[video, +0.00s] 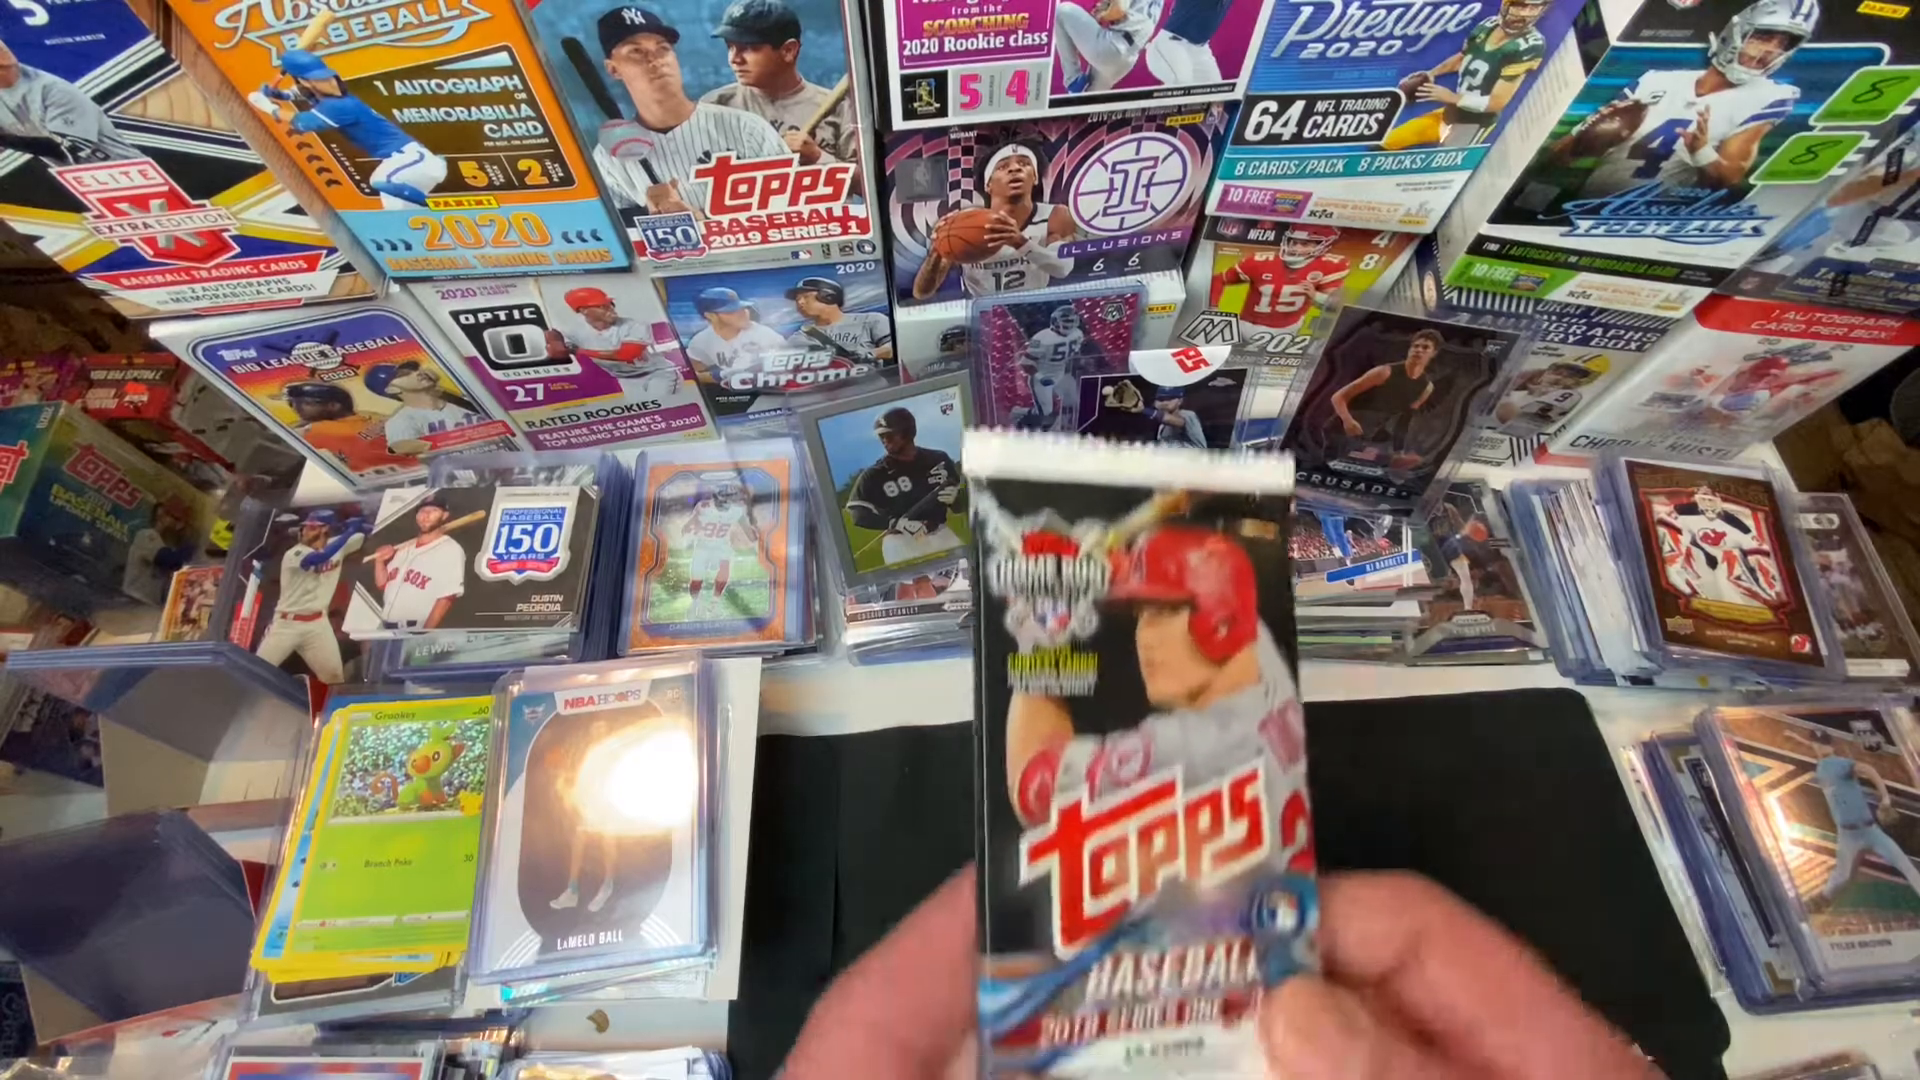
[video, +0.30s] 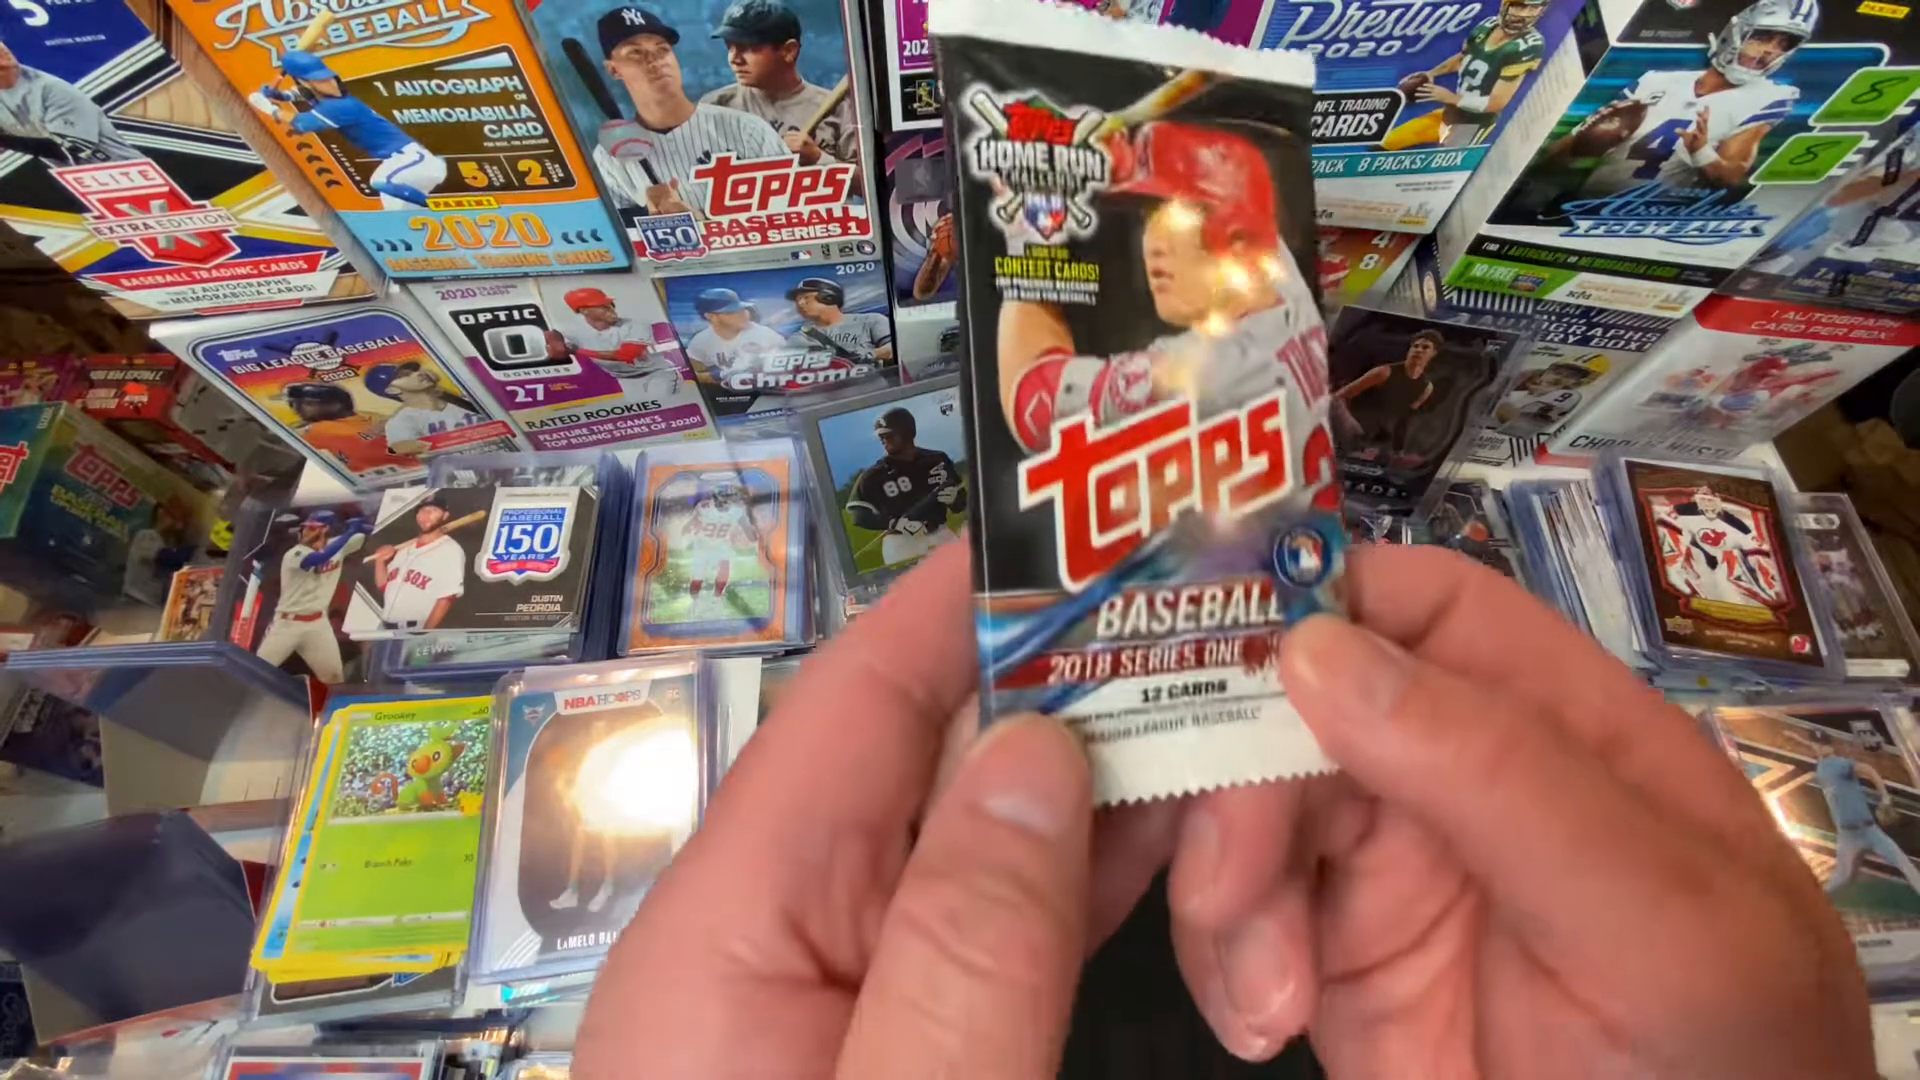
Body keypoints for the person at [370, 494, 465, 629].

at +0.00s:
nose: (425, 516)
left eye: (432, 511)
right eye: (422, 511)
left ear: (445, 515)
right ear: (416, 515)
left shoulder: (451, 550)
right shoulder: (405, 548)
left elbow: (446, 598)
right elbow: (382, 585)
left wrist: (425, 634)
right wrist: (380, 561)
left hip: (416, 631)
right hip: (386, 627)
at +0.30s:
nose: (426, 516)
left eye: (432, 511)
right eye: (422, 511)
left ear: (445, 515)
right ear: (416, 515)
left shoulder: (451, 551)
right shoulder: (407, 547)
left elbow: (446, 598)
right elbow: (383, 586)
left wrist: (425, 634)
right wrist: (380, 561)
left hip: (415, 632)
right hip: (386, 627)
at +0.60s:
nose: (426, 516)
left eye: (432, 511)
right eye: (422, 510)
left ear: (445, 515)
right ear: (416, 515)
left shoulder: (451, 550)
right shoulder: (406, 547)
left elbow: (446, 598)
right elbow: (383, 586)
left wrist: (424, 634)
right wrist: (379, 561)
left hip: (415, 632)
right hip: (386, 627)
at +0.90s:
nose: (425, 516)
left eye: (432, 511)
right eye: (422, 511)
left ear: (445, 516)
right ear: (416, 515)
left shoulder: (451, 550)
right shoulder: (406, 548)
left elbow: (445, 599)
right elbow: (382, 585)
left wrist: (424, 635)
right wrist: (379, 561)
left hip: (416, 631)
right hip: (386, 627)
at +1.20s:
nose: (425, 517)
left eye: (432, 511)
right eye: (422, 511)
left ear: (445, 516)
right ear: (416, 516)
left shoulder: (442, 549)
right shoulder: (403, 550)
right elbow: (382, 585)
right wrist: (379, 562)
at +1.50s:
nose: (425, 517)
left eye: (432, 511)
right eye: (422, 511)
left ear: (445, 516)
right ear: (416, 515)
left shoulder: (451, 550)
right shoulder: (406, 548)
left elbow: (445, 600)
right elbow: (382, 586)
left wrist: (426, 636)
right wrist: (379, 562)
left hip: (416, 632)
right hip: (386, 627)